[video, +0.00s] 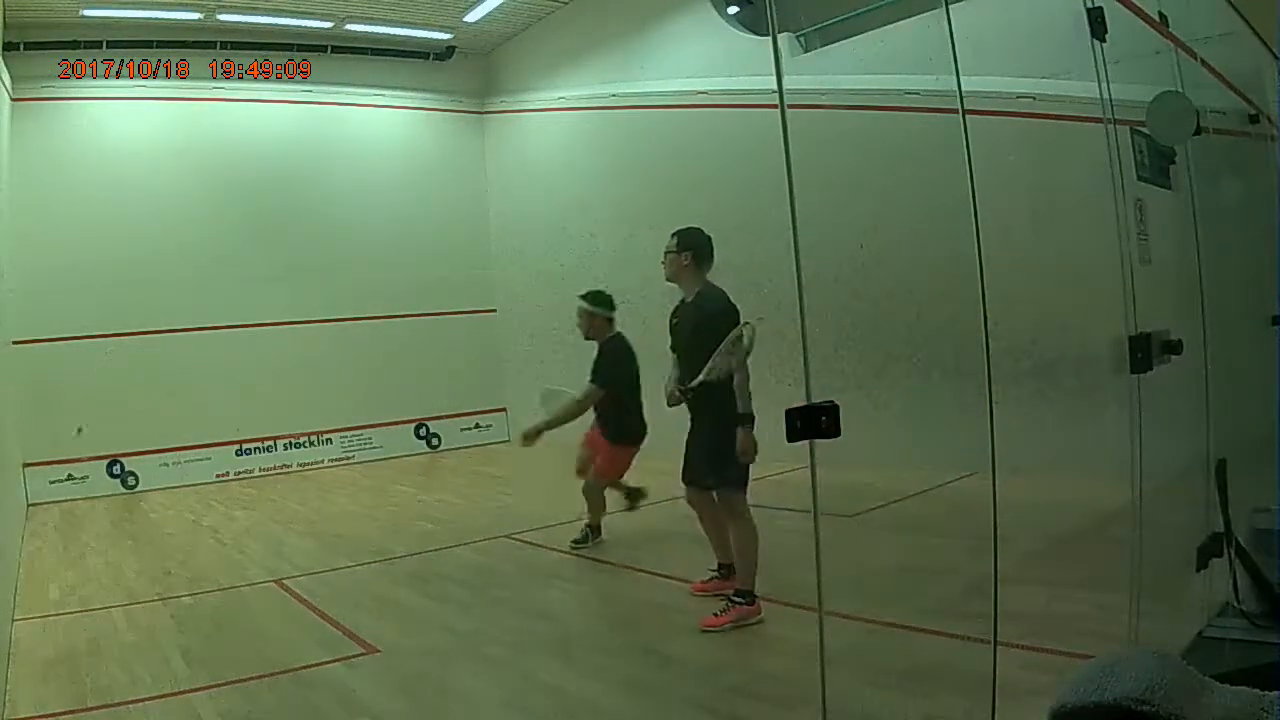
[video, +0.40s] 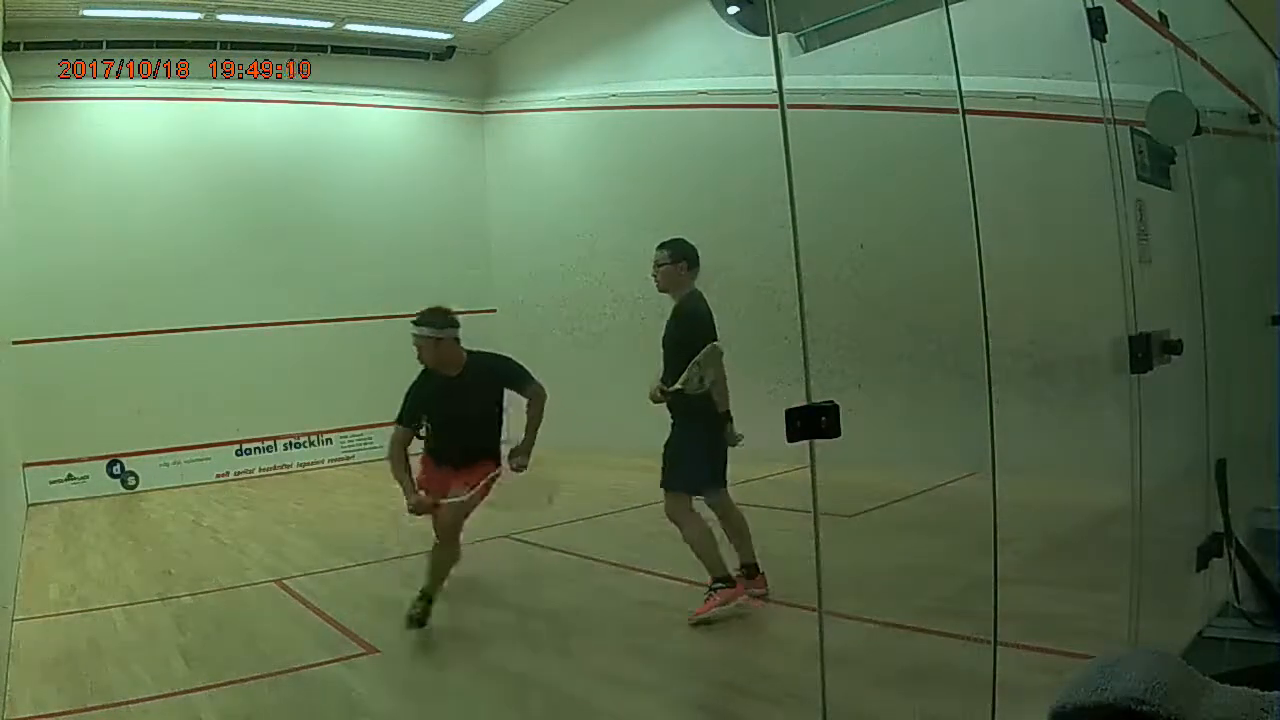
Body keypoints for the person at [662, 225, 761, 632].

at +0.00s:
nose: (663, 261)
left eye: (668, 255)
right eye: (664, 255)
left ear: (687, 259)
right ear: (686, 260)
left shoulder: (718, 306)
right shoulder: (680, 311)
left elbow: (739, 367)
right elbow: (681, 360)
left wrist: (745, 424)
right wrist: (674, 385)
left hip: (727, 418)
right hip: (702, 418)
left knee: (732, 502)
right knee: (697, 494)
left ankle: (747, 599)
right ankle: (727, 570)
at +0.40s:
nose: (655, 273)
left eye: (661, 265)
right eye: (655, 266)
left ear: (684, 269)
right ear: (679, 271)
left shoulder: (693, 311)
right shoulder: (687, 307)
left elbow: (715, 370)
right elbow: (684, 365)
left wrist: (725, 418)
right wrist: (664, 387)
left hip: (692, 424)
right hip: (705, 421)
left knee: (677, 507)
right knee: (718, 498)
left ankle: (724, 585)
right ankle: (752, 575)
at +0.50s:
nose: (643, 275)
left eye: (649, 267)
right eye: (643, 268)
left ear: (673, 270)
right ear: (669, 273)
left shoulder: (681, 310)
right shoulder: (676, 307)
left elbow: (696, 366)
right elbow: (673, 362)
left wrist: (707, 422)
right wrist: (655, 387)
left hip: (679, 421)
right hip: (695, 418)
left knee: (648, 501)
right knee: (717, 495)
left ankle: (691, 581)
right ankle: (751, 573)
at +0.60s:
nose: (627, 281)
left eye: (634, 274)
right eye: (626, 275)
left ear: (656, 278)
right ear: (651, 281)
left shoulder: (661, 317)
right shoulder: (660, 313)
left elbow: (675, 372)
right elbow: (658, 365)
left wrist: (686, 428)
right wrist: (641, 393)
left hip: (662, 429)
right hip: (685, 424)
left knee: (619, 498)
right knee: (717, 498)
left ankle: (641, 583)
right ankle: (751, 574)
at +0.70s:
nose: (607, 288)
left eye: (613, 282)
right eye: (607, 283)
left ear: (636, 286)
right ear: (632, 288)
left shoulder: (640, 326)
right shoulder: (643, 322)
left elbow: (653, 381)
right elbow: (642, 375)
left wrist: (663, 437)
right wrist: (623, 401)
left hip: (646, 434)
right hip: (674, 429)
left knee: (597, 496)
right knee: (710, 499)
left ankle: (596, 581)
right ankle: (749, 572)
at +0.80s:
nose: (569, 302)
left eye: (576, 295)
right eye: (569, 296)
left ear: (598, 298)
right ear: (595, 301)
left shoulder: (604, 340)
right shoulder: (607, 335)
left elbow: (615, 397)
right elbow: (604, 387)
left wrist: (614, 450)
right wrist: (591, 413)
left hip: (619, 440)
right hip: (646, 436)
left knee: (563, 498)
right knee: (689, 503)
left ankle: (563, 580)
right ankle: (741, 564)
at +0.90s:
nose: (528, 309)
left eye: (535, 302)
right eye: (529, 302)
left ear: (555, 306)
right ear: (555, 308)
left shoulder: (560, 348)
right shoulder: (573, 340)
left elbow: (571, 404)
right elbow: (575, 389)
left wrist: (563, 454)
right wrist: (552, 414)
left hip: (588, 443)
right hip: (614, 438)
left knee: (535, 503)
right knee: (645, 504)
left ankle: (559, 582)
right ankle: (715, 553)